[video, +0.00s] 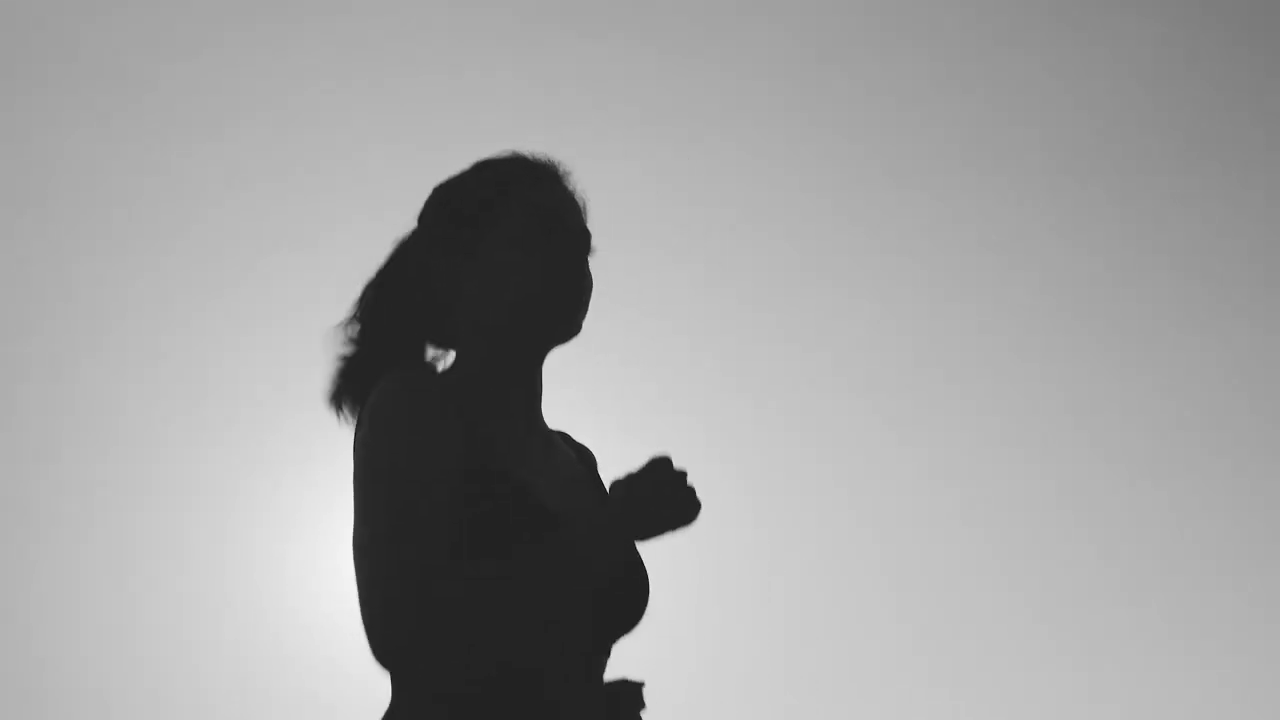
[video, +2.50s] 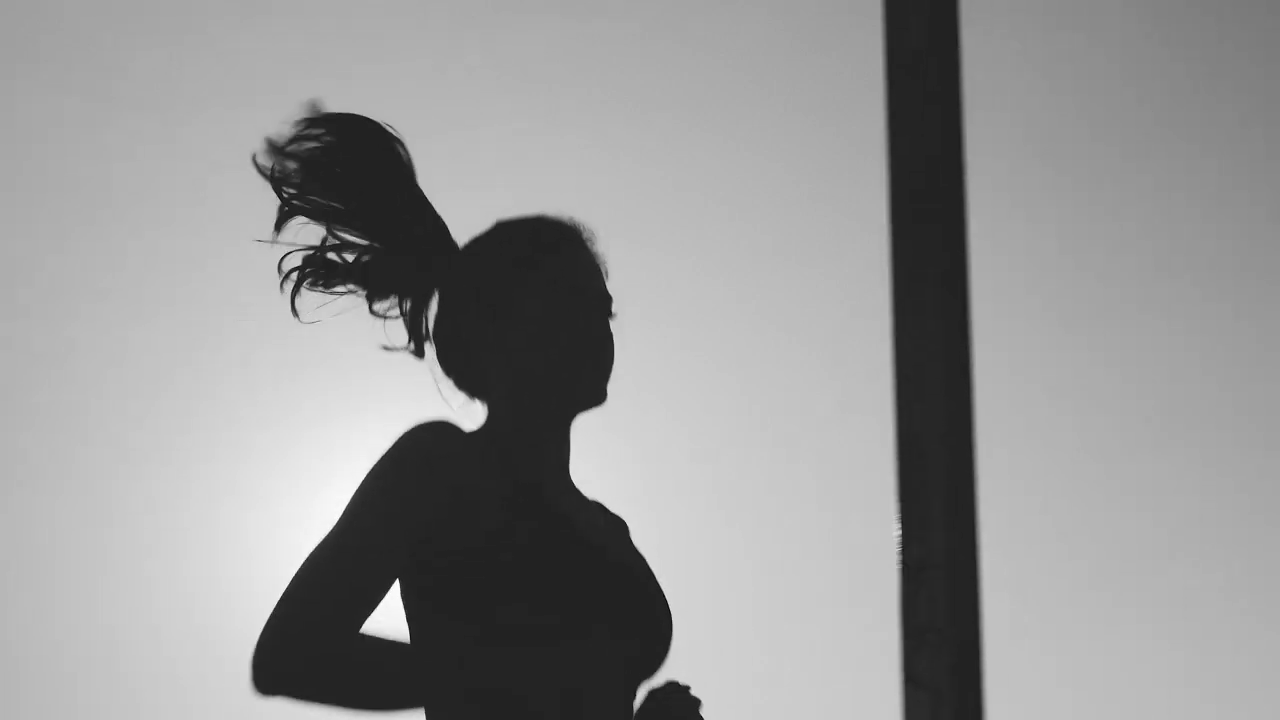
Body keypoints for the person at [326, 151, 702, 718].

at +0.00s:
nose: (585, 268)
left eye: (585, 248)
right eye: (560, 246)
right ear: (485, 260)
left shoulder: (573, 460)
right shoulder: (411, 412)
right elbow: (402, 632)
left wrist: (615, 520)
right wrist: (608, 517)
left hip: (565, 708)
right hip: (446, 706)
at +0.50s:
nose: (574, 303)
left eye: (570, 283)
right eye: (546, 279)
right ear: (463, 299)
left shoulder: (572, 512)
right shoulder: (390, 437)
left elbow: (540, 697)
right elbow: (249, 664)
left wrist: (602, 710)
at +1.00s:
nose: (551, 253)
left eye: (553, 231)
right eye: (519, 226)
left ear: (555, 259)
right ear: (434, 247)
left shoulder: (589, 445)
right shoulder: (338, 399)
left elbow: (718, 664)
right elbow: (166, 574)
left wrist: (631, 518)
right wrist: (270, 615)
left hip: (527, 708)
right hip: (380, 704)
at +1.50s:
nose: (519, 270)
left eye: (531, 247)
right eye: (487, 242)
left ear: (545, 276)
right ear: (415, 264)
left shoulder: (573, 455)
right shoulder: (321, 426)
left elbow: (647, 687)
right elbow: (178, 655)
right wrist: (344, 626)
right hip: (374, 712)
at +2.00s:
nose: (563, 293)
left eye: (563, 268)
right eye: (543, 265)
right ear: (469, 275)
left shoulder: (540, 472)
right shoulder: (390, 407)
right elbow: (346, 609)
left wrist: (576, 697)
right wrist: (575, 529)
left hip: (531, 708)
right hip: (423, 705)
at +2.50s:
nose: (608, 325)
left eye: (604, 306)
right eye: (583, 304)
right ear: (499, 331)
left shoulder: (606, 528)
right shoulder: (438, 459)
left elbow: (583, 698)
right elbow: (288, 658)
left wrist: (645, 705)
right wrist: (485, 674)